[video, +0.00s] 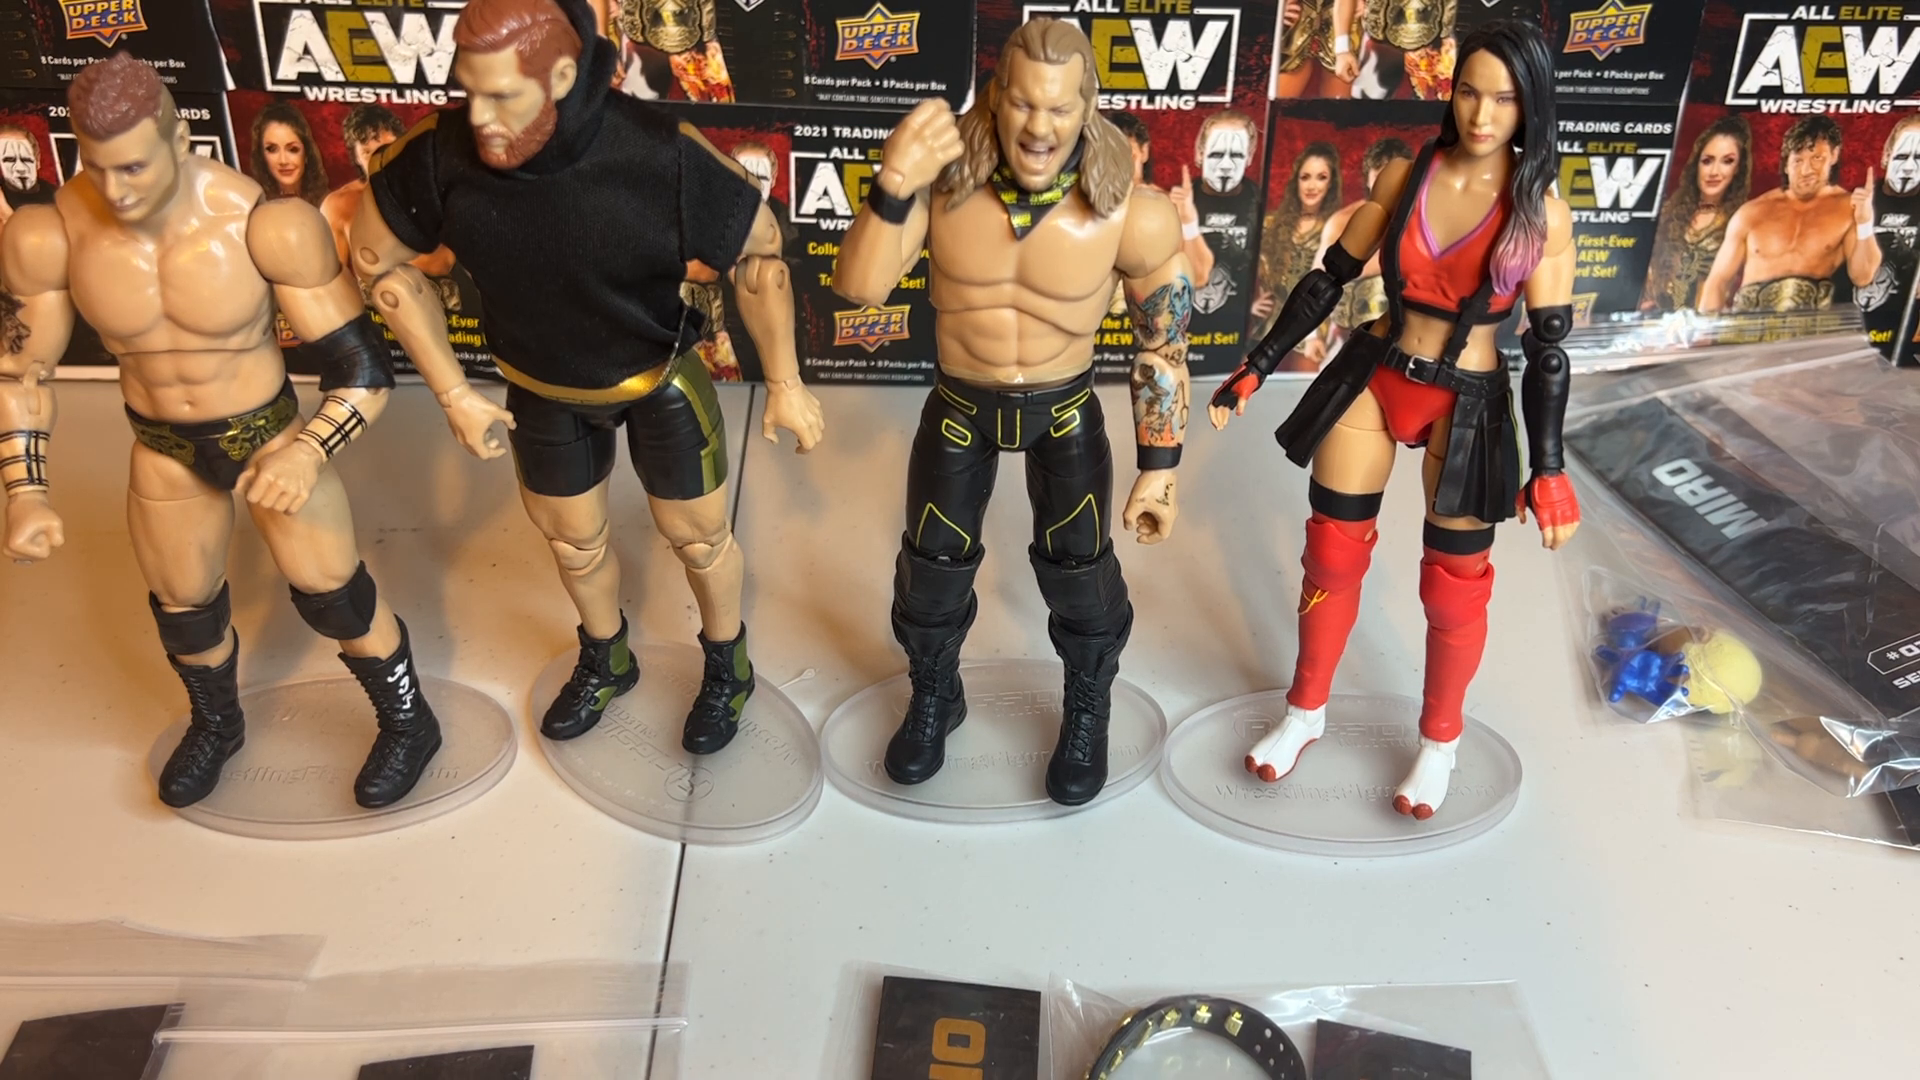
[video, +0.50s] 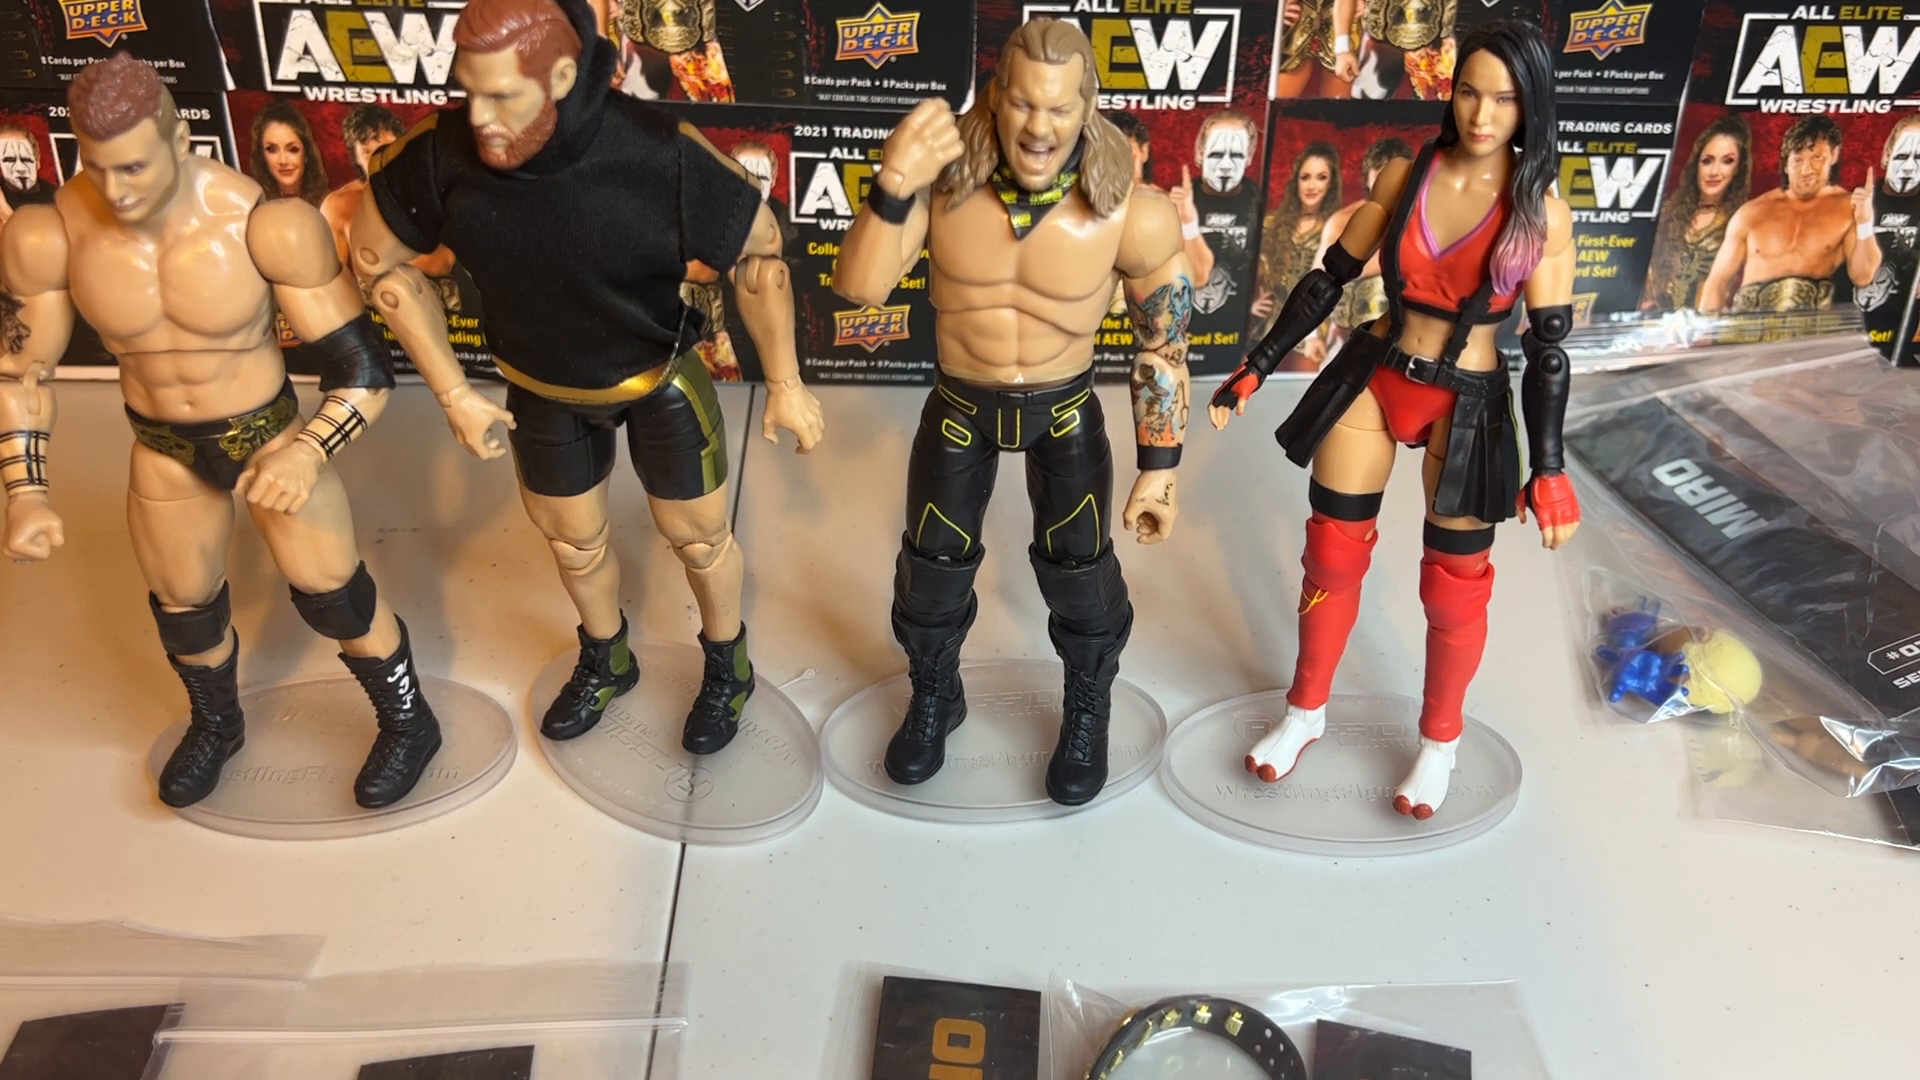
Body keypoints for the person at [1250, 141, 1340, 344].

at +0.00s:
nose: (1312, 186)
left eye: (1321, 178)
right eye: (1305, 177)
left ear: (1332, 183)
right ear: (1295, 181)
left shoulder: (1338, 230)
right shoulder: (1270, 225)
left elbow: (1335, 286)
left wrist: (1319, 335)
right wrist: (1252, 302)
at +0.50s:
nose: (1312, 186)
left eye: (1321, 178)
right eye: (1305, 177)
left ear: (1332, 183)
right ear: (1295, 181)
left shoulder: (1338, 230)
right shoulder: (1270, 225)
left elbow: (1338, 288)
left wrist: (1321, 336)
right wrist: (1252, 302)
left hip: (1312, 335)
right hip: (1268, 330)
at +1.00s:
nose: (1312, 186)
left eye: (1321, 178)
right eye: (1305, 177)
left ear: (1332, 183)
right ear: (1295, 181)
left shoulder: (1339, 231)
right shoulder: (1270, 225)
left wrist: (1320, 336)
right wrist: (1251, 302)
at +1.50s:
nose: (1312, 185)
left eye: (1321, 177)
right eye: (1305, 177)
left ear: (1332, 183)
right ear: (1295, 181)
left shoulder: (1338, 229)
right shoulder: (1271, 225)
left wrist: (1322, 336)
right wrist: (1254, 303)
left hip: (1313, 335)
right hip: (1269, 329)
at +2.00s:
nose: (1312, 186)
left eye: (1321, 178)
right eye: (1305, 177)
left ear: (1332, 183)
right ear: (1296, 181)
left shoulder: (1338, 229)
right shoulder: (1271, 225)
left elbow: (1336, 285)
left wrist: (1320, 336)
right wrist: (1252, 302)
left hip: (1311, 334)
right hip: (1269, 329)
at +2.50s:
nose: (1312, 185)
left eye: (1322, 177)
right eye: (1305, 177)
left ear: (1332, 182)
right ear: (1295, 181)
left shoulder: (1337, 229)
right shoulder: (1271, 224)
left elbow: (1334, 284)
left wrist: (1321, 335)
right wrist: (1253, 302)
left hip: (1312, 332)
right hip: (1269, 327)